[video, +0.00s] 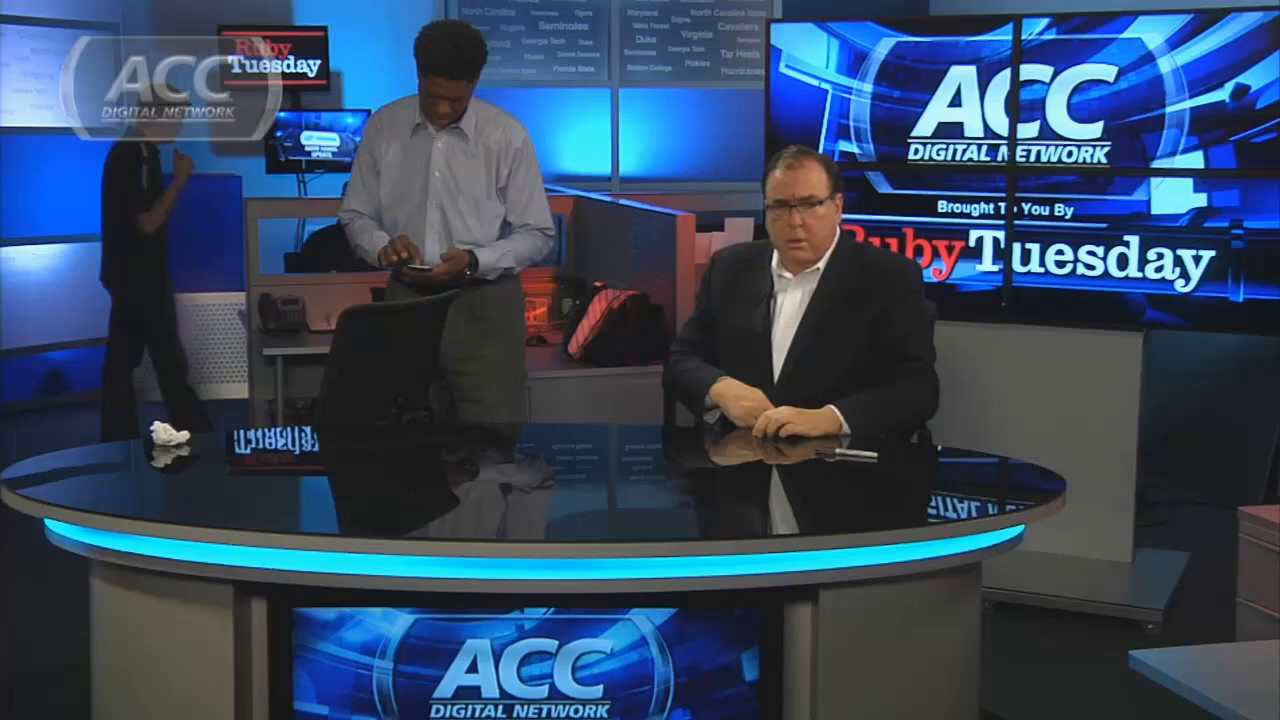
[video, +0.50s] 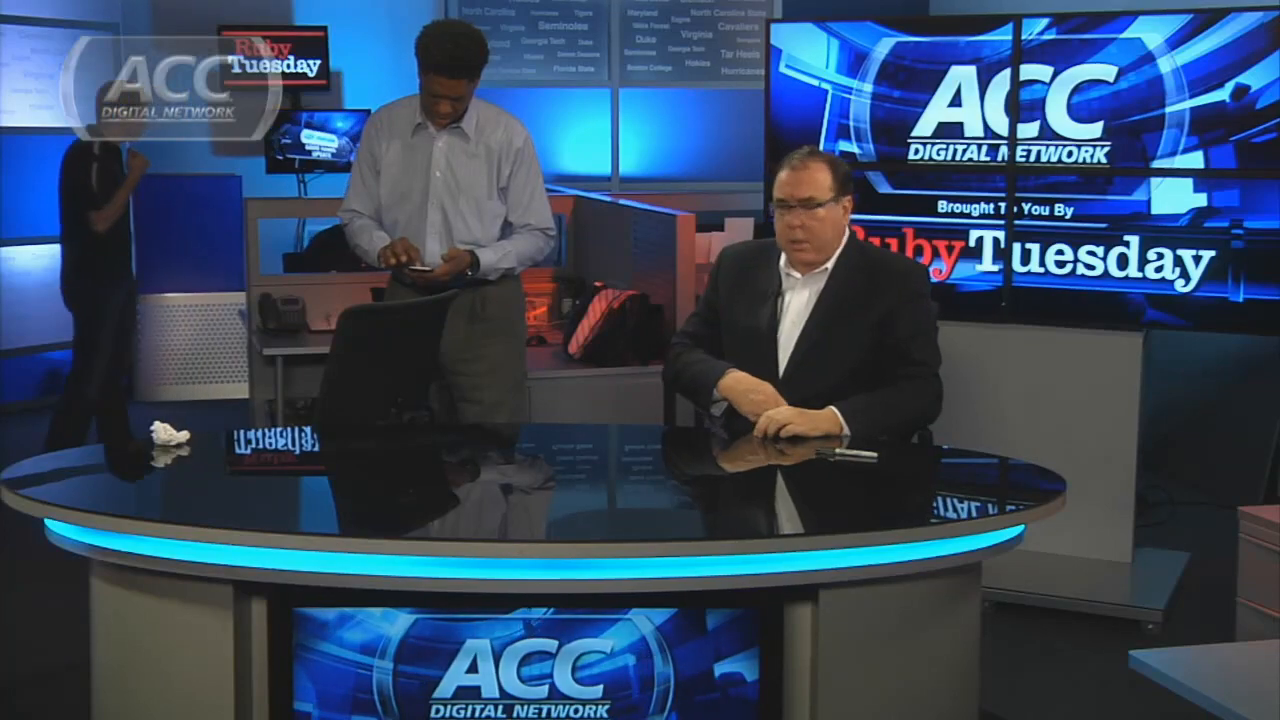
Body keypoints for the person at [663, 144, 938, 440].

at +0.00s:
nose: (795, 221)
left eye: (810, 205)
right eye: (781, 206)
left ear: (838, 207)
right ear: (766, 211)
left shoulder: (893, 278)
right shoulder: (732, 270)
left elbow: (919, 390)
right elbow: (684, 360)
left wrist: (834, 417)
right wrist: (724, 390)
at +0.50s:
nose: (795, 222)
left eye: (811, 206)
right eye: (784, 206)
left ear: (846, 208)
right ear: (772, 209)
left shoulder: (897, 280)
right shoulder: (738, 266)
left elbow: (921, 393)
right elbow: (683, 355)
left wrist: (832, 419)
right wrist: (729, 381)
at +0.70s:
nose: (760, 213)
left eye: (774, 201)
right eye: (763, 200)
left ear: (823, 212)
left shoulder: (900, 280)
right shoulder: (744, 265)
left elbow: (924, 395)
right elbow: (687, 352)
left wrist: (834, 419)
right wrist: (729, 381)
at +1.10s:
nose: (758, 208)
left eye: (766, 195)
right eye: (761, 195)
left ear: (803, 203)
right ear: (801, 204)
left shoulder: (893, 274)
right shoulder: (765, 263)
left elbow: (924, 390)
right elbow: (725, 343)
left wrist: (831, 417)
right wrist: (710, 381)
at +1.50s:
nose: (772, 213)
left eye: (777, 203)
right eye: (774, 203)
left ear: (806, 214)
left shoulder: (885, 276)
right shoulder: (797, 270)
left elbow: (915, 389)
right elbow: (766, 356)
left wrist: (833, 419)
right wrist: (718, 404)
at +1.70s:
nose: (779, 211)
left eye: (785, 201)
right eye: (780, 201)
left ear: (812, 208)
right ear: (811, 211)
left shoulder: (879, 271)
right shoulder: (799, 267)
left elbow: (910, 376)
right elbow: (763, 353)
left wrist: (823, 412)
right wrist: (697, 408)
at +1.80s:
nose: (771, 212)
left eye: (777, 199)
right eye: (773, 200)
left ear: (808, 204)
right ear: (807, 205)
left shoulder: (868, 257)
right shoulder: (785, 263)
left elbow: (906, 344)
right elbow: (740, 337)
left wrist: (836, 403)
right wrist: (665, 383)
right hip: (748, 440)